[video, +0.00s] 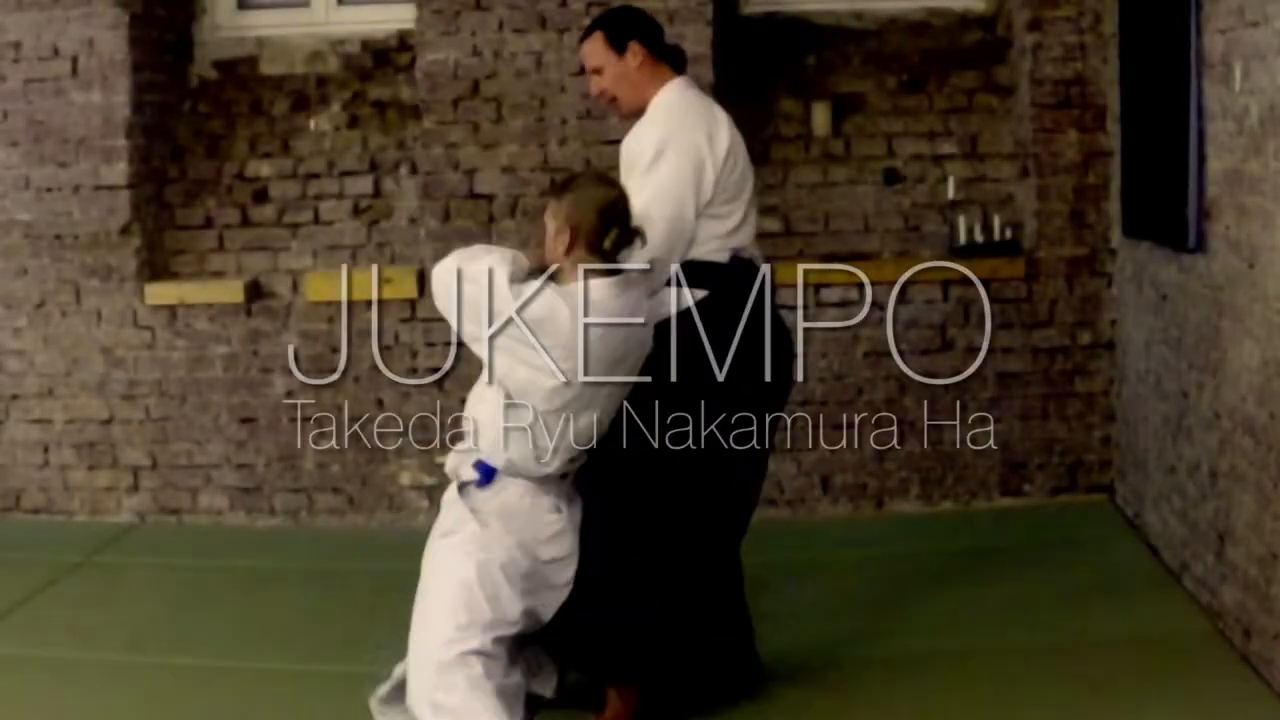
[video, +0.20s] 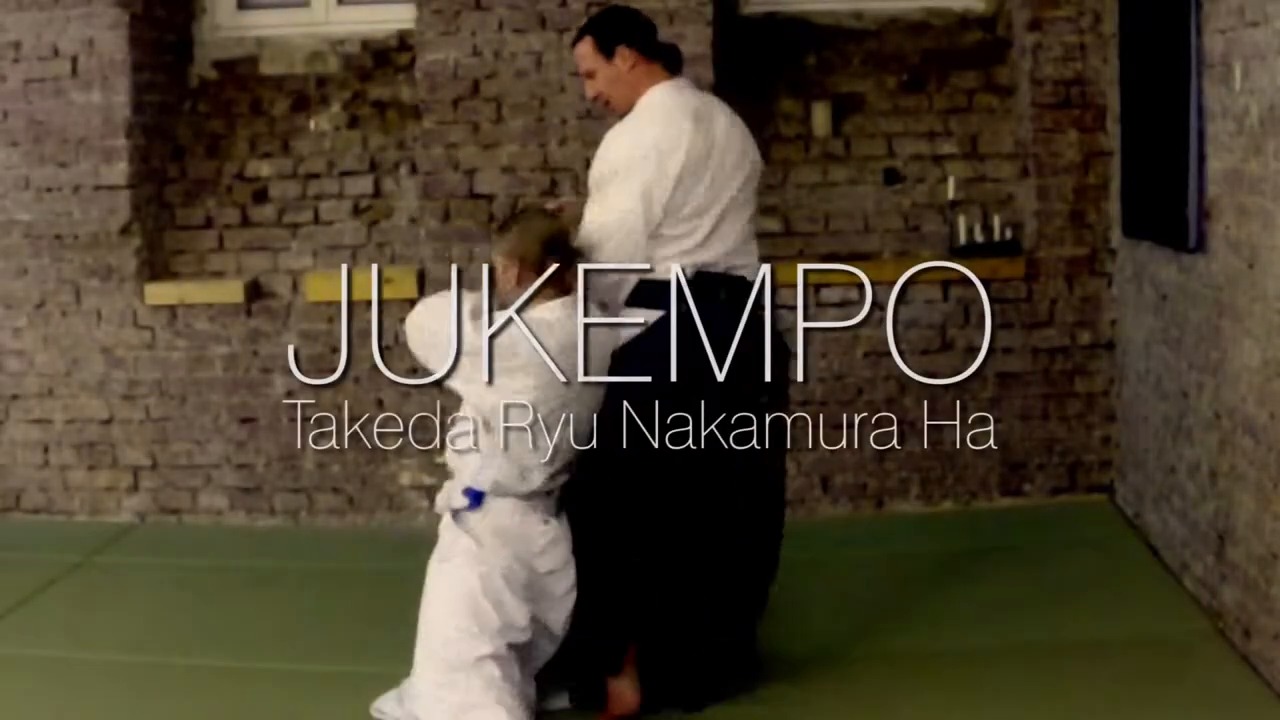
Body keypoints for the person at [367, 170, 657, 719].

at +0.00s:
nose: (543, 235)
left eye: (548, 225)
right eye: (547, 224)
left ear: (566, 238)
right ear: (617, 238)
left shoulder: (544, 316)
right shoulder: (634, 311)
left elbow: (454, 274)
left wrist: (528, 263)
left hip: (490, 521)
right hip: (556, 516)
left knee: (445, 680)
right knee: (495, 668)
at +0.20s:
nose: (499, 277)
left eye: (501, 268)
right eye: (499, 267)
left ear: (515, 274)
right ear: (568, 272)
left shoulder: (505, 341)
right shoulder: (596, 336)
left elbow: (426, 322)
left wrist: (492, 298)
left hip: (481, 537)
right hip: (548, 533)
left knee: (459, 680)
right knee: (511, 675)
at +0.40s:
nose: (457, 261)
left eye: (459, 251)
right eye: (457, 252)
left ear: (475, 252)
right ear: (521, 243)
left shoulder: (486, 305)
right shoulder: (559, 313)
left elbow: (401, 327)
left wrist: (458, 287)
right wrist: (484, 286)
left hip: (482, 510)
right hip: (539, 504)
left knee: (472, 666)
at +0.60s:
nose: (439, 268)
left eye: (438, 259)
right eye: (437, 260)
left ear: (449, 256)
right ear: (496, 246)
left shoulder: (463, 299)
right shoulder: (539, 302)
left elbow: (395, 341)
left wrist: (433, 295)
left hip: (476, 493)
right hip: (531, 491)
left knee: (476, 642)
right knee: (520, 638)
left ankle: (497, 707)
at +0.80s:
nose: (433, 269)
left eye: (432, 260)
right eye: (431, 260)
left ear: (443, 255)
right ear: (490, 247)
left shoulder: (459, 296)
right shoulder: (533, 300)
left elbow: (395, 344)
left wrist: (429, 295)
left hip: (474, 484)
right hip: (529, 483)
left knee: (477, 632)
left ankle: (498, 706)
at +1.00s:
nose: (431, 268)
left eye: (430, 259)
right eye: (430, 259)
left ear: (440, 256)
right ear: (487, 249)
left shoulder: (456, 297)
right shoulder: (527, 316)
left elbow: (393, 344)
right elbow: (543, 398)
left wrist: (427, 294)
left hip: (472, 489)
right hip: (526, 488)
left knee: (475, 639)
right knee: (518, 638)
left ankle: (494, 707)